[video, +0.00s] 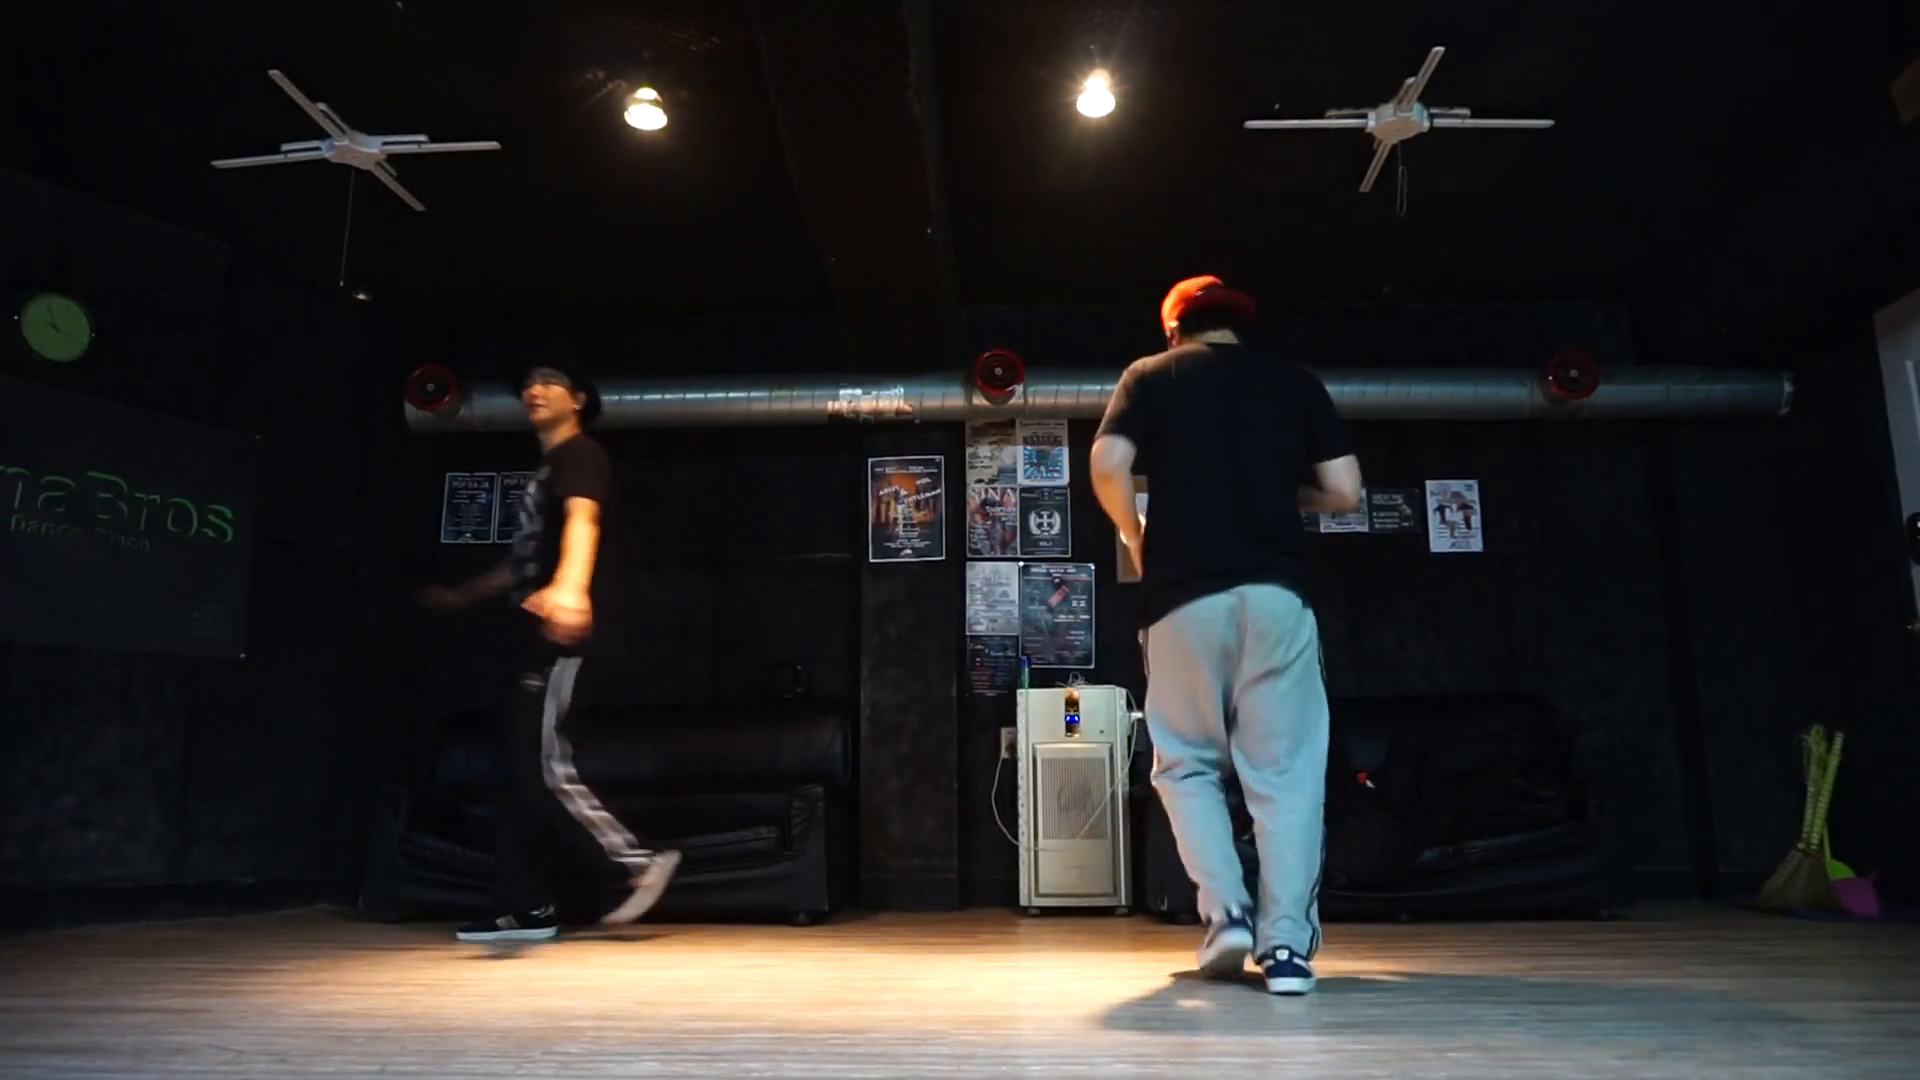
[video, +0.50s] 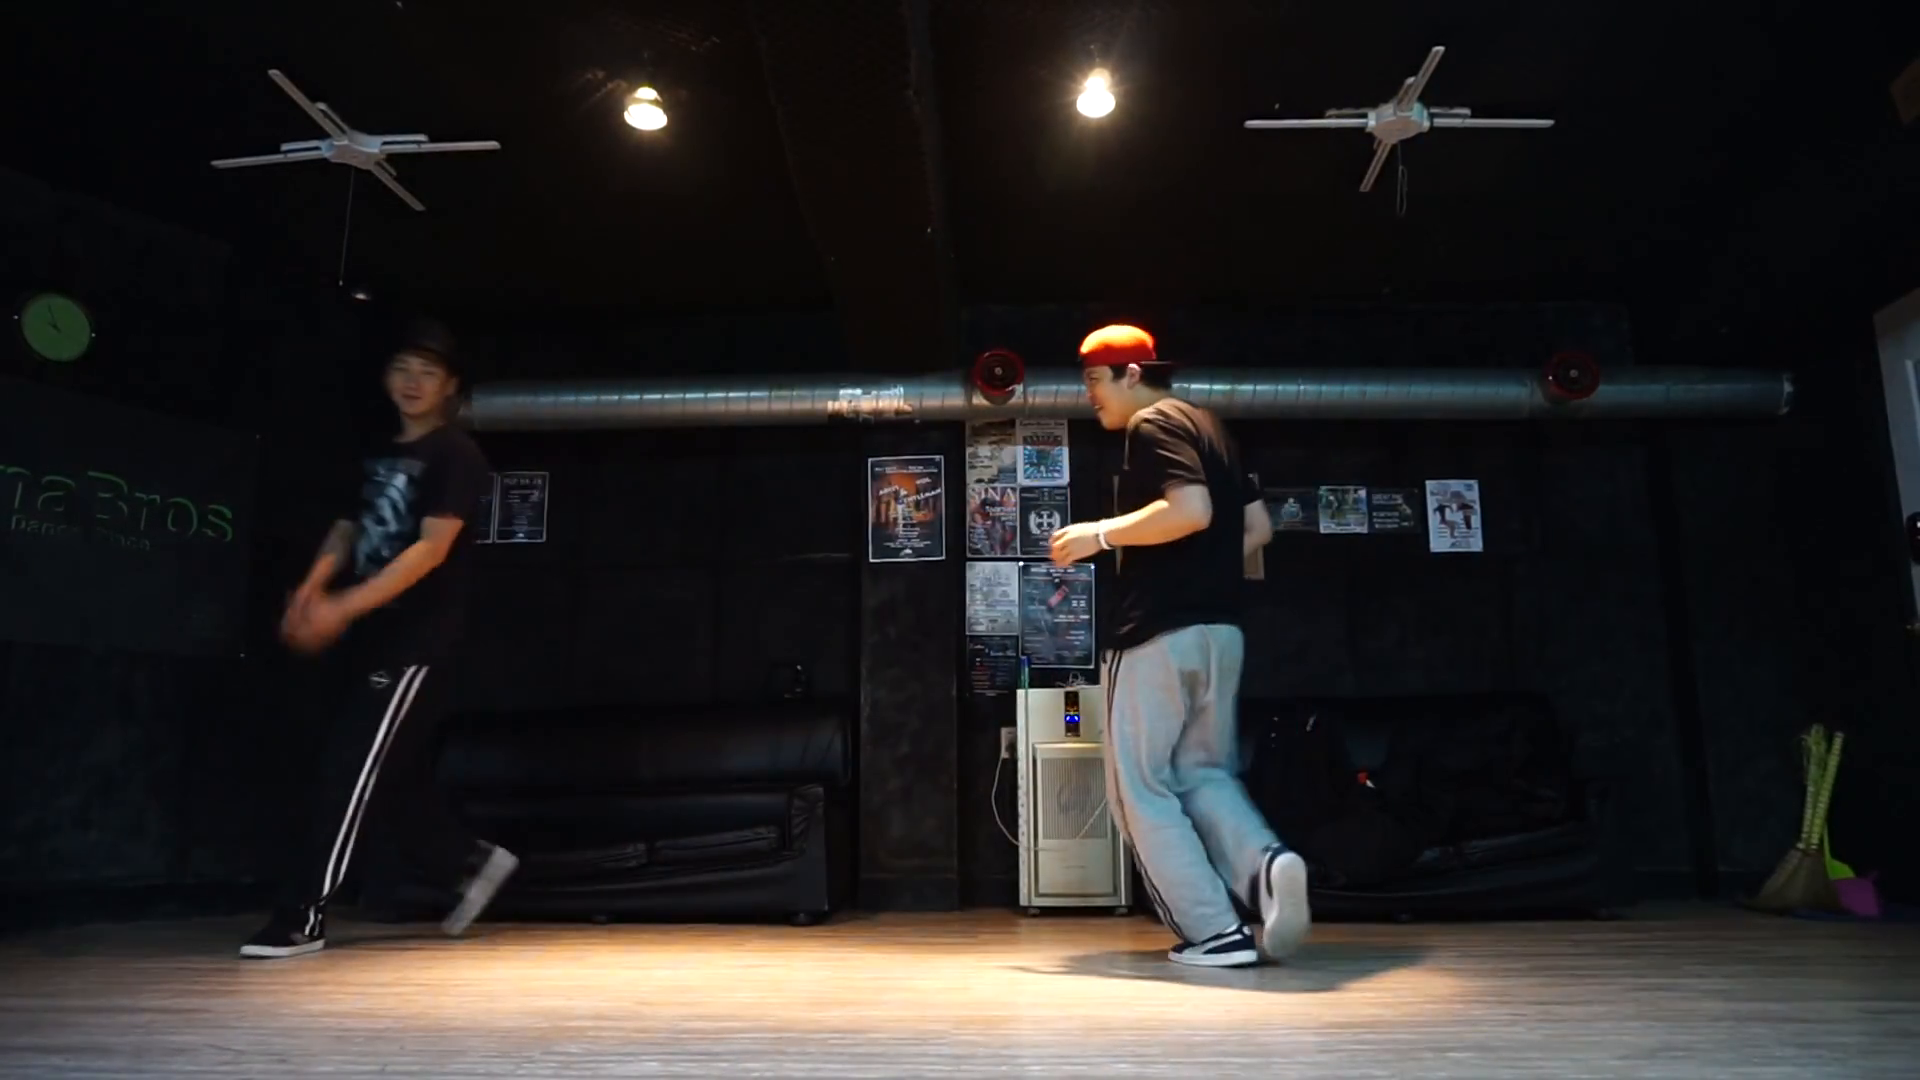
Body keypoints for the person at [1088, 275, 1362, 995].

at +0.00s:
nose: (1171, 340)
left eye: (1169, 330)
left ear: (1174, 331)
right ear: (1241, 324)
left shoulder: (1148, 377)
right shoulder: (1291, 378)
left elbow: (1107, 461)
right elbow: (1342, 491)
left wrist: (1132, 533)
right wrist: (1274, 490)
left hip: (1185, 596)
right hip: (1276, 592)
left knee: (1187, 764)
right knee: (1285, 775)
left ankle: (1227, 919)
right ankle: (1288, 948)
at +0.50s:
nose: (1090, 395)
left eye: (1094, 381)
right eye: (1088, 382)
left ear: (1126, 374)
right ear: (1148, 374)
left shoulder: (1152, 423)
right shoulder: (1209, 424)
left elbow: (1187, 510)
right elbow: (1255, 526)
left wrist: (1099, 533)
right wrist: (1185, 549)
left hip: (1159, 635)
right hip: (1220, 630)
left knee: (1141, 788)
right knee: (1205, 770)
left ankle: (1216, 936)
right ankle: (1263, 869)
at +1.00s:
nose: (1026, 406)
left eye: (1037, 394)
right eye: (1023, 397)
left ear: (1071, 395)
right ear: (1035, 405)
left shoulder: (1084, 435)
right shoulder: (1101, 441)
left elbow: (1111, 494)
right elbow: (1166, 528)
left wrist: (1025, 534)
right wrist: (1099, 564)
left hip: (1105, 645)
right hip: (1091, 643)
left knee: (1085, 787)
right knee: (1061, 782)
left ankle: (1200, 892)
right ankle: (1090, 923)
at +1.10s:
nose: (1014, 417)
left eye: (1024, 405)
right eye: (1010, 410)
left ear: (1058, 406)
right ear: (1013, 419)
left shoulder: (1073, 448)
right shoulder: (1071, 455)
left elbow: (1108, 507)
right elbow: (1114, 539)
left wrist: (1034, 552)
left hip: (1080, 649)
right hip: (1085, 647)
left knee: (1027, 785)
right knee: (1039, 783)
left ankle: (1161, 865)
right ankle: (1090, 920)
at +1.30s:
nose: (992, 405)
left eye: (1004, 392)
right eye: (986, 396)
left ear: (1037, 399)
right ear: (984, 407)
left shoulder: (1058, 448)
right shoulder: (1033, 460)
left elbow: (1111, 508)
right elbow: (1038, 553)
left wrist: (1057, 570)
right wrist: (977, 548)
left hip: (1046, 643)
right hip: (1057, 643)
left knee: (978, 765)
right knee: (1044, 778)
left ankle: (1045, 904)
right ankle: (1093, 916)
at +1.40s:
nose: (982, 387)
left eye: (994, 378)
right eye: (975, 380)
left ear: (1023, 389)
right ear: (971, 396)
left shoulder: (1047, 439)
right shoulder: (1006, 457)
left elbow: (1107, 501)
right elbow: (993, 554)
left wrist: (1055, 570)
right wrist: (928, 535)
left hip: (1031, 637)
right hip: (1029, 635)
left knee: (972, 764)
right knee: (1043, 777)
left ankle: (980, 915)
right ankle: (1091, 917)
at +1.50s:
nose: (970, 385)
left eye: (983, 376)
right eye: (964, 377)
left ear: (1012, 390)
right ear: (957, 393)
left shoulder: (1035, 444)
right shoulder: (973, 465)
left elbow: (1097, 509)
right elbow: (952, 552)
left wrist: (1049, 578)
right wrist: (883, 541)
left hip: (1019, 634)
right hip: (993, 636)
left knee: (966, 766)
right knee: (1025, 774)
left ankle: (950, 917)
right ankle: (1089, 912)